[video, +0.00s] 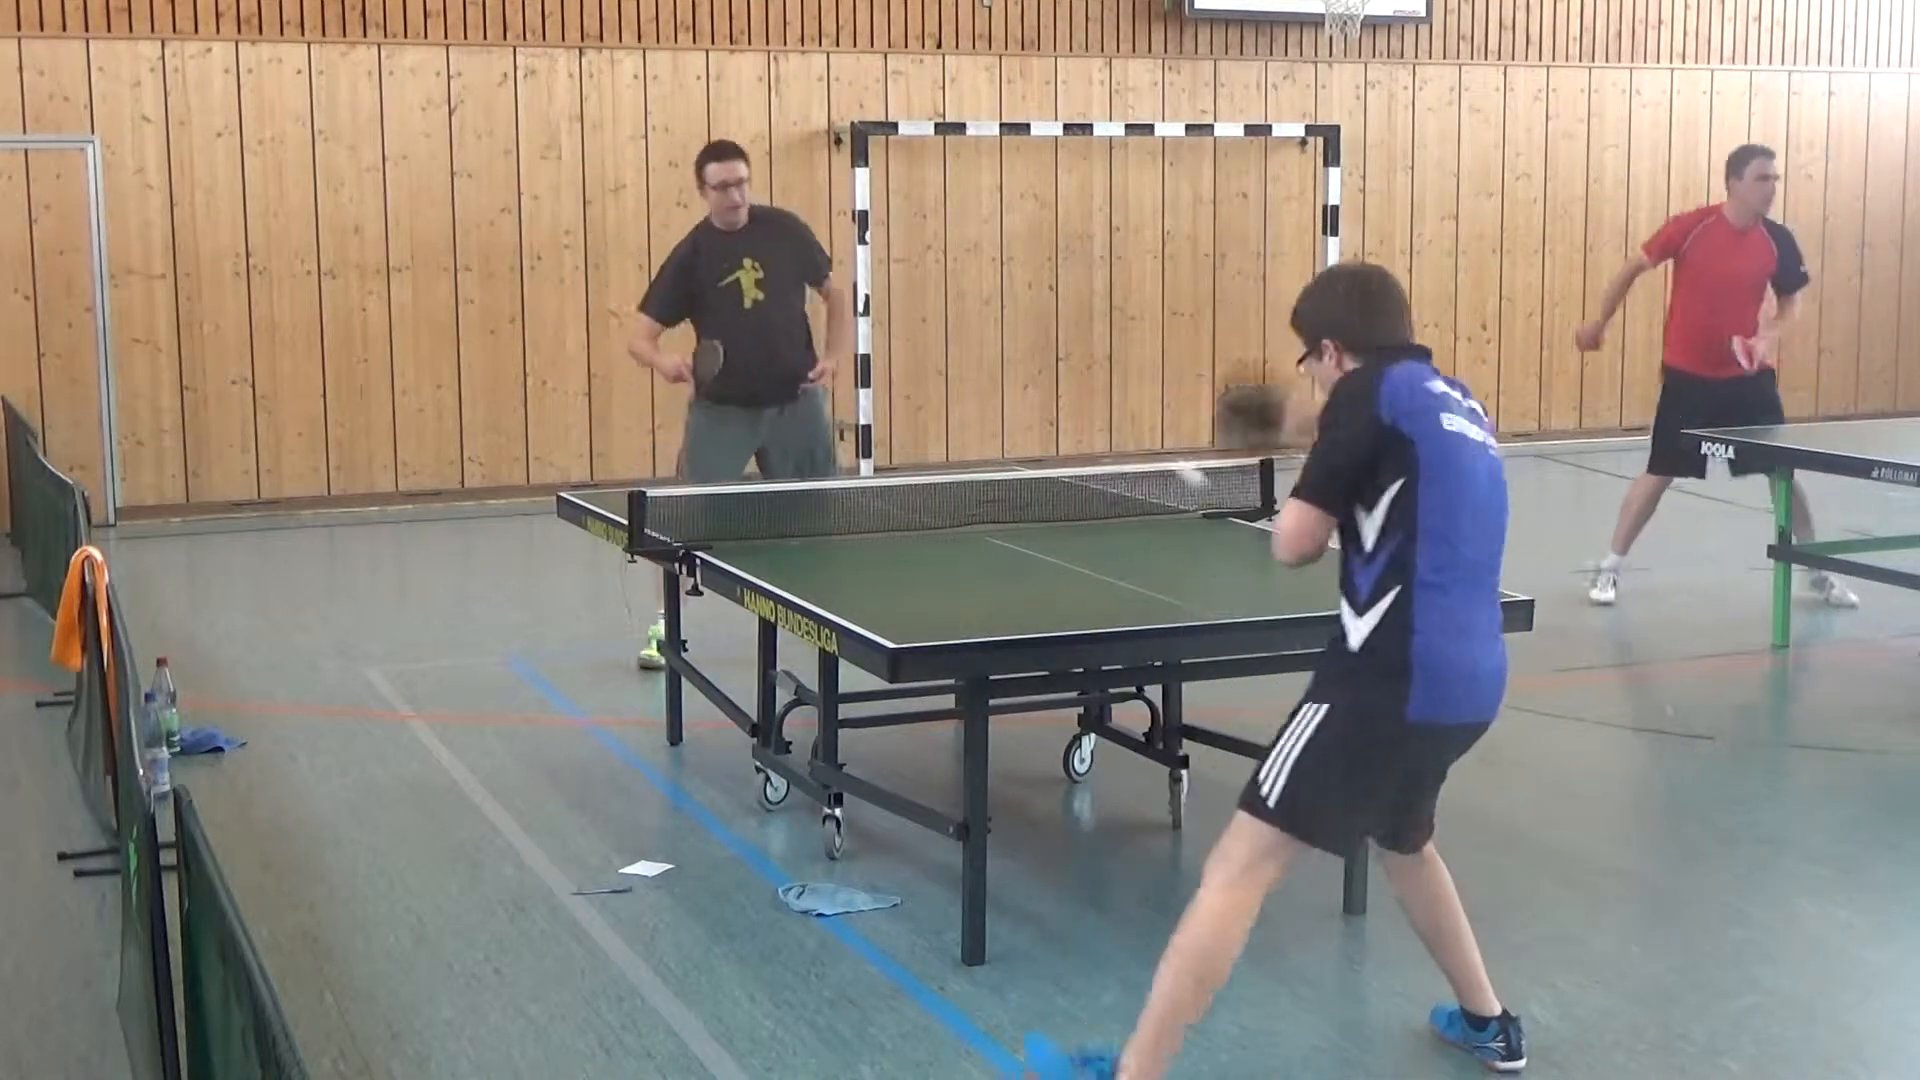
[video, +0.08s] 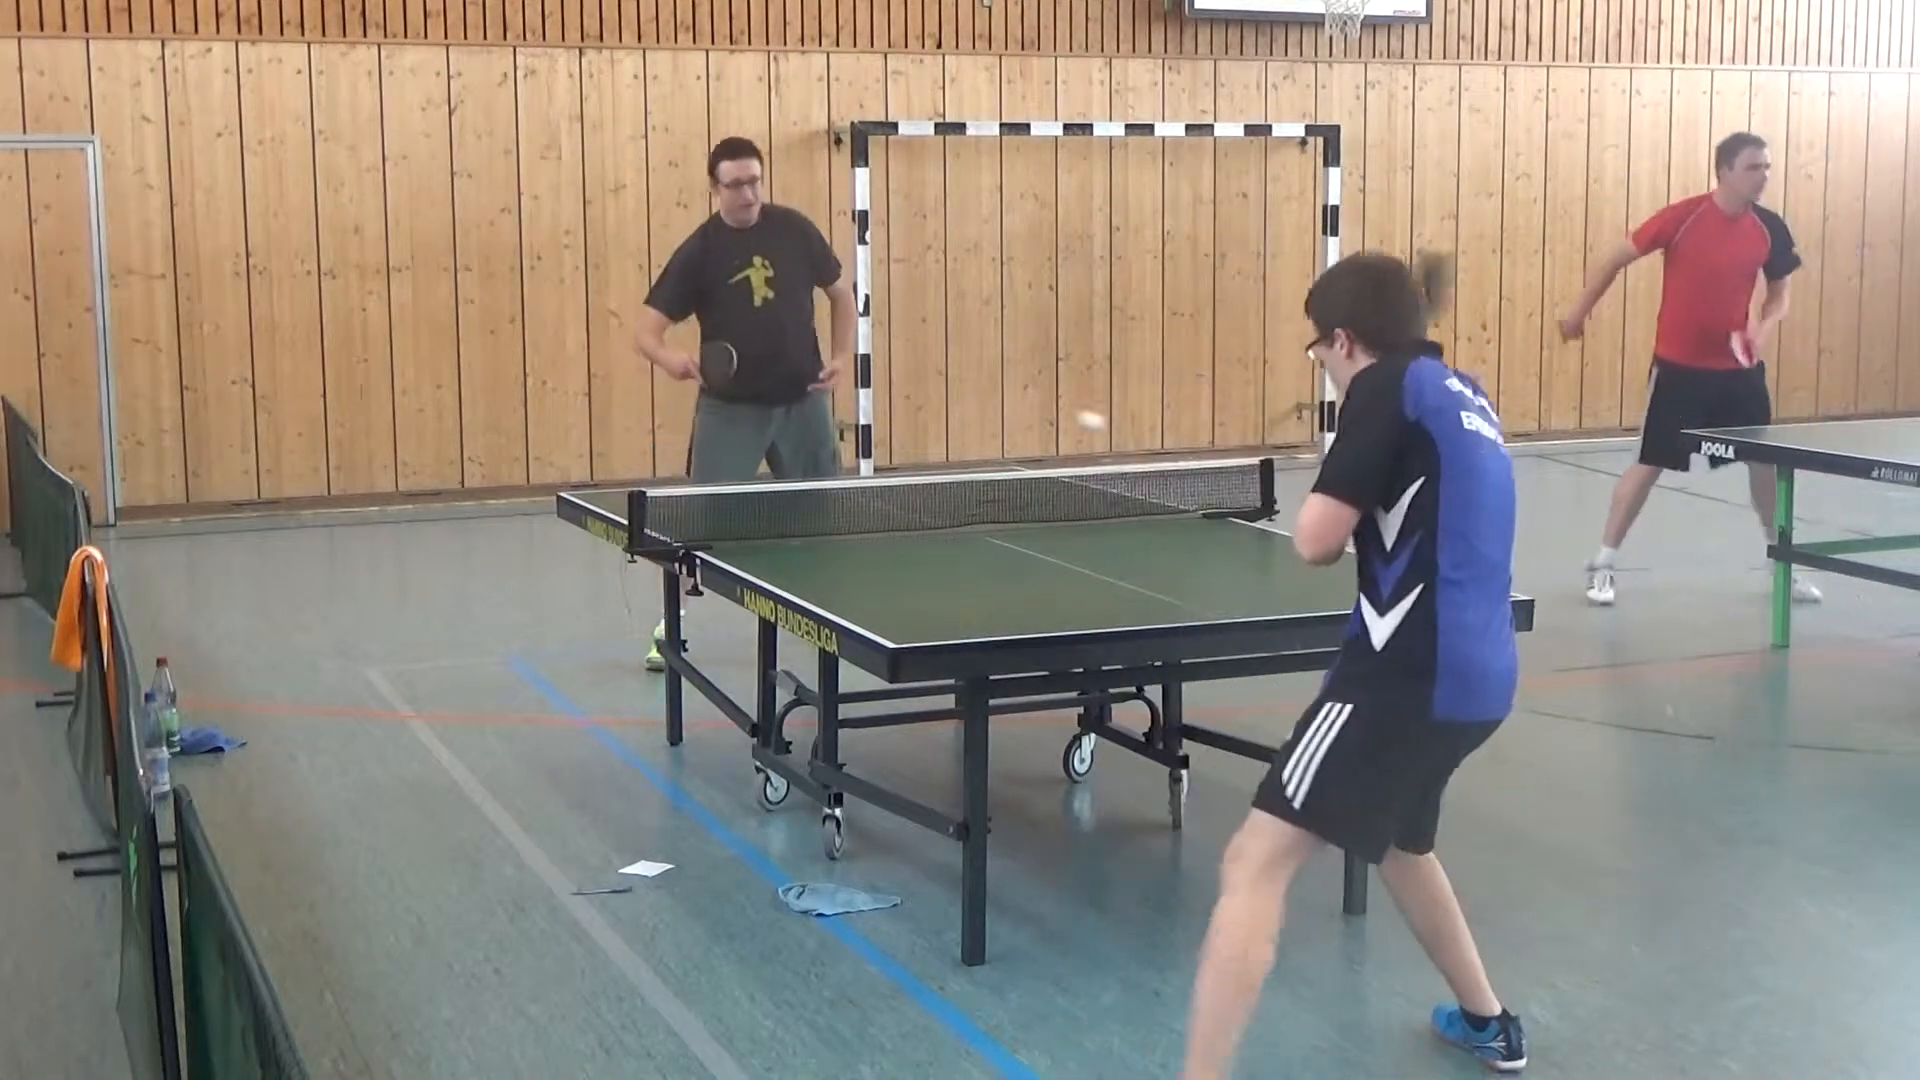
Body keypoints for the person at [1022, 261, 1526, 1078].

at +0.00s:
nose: (1313, 374)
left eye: (1311, 356)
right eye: (1309, 357)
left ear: (1340, 348)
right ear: (1398, 337)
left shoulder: (1369, 395)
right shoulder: (1457, 399)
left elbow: (1293, 544)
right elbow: (1431, 527)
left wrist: (1336, 472)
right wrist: (1344, 479)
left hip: (1384, 681)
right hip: (1469, 679)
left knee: (1242, 865)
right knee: (1405, 834)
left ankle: (1135, 1066)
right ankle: (1489, 1018)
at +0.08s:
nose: (1325, 362)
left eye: (1323, 344)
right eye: (1321, 344)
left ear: (1351, 340)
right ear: (1410, 330)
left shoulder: (1386, 392)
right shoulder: (1464, 392)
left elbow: (1316, 540)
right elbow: (1442, 522)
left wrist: (1367, 485)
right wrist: (1358, 480)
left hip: (1400, 680)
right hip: (1475, 679)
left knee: (1255, 863)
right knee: (1400, 839)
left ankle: (1201, 1069)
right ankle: (1489, 1021)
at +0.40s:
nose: (1318, 331)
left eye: (1320, 316)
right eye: (1318, 316)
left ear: (1342, 320)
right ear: (1418, 314)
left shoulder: (1356, 396)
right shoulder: (1485, 404)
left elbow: (1272, 563)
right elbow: (1544, 582)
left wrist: (1283, 559)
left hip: (1404, 696)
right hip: (1497, 691)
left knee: (1272, 898)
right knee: (1441, 848)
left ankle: (1315, 1068)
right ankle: (1504, 1018)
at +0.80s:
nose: (1292, 309)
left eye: (1292, 293)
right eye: (1291, 292)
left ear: (1312, 297)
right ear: (1392, 288)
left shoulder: (1315, 372)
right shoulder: (1478, 382)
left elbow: (1302, 521)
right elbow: (1539, 539)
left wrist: (1261, 582)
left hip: (1387, 682)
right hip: (1505, 682)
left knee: (1254, 889)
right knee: (1502, 873)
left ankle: (1258, 1071)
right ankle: (1567, 1070)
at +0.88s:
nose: (1275, 340)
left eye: (1276, 320)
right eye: (1273, 320)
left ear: (1308, 318)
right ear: (1370, 309)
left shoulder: (1317, 394)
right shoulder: (1437, 391)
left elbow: (1282, 568)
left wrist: (1287, 544)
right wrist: (1242, 629)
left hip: (1379, 712)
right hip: (1496, 707)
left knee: (1220, 895)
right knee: (1496, 873)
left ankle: (1193, 1070)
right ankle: (1565, 1070)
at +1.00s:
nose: (1220, 350)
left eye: (1225, 330)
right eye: (1220, 331)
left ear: (1263, 332)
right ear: (1296, 325)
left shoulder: (1313, 411)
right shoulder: (1361, 401)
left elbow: (1275, 598)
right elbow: (1165, 517)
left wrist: (1246, 496)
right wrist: (999, 540)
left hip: (1355, 738)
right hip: (1451, 726)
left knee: (1173, 914)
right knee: (1450, 892)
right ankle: (1552, 1069)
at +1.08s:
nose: (1157, 333)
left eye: (1166, 314)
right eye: (1157, 315)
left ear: (1224, 316)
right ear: (1233, 316)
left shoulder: (1273, 403)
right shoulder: (1285, 396)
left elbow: (1276, 589)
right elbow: (1115, 499)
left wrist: (1185, 569)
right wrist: (956, 499)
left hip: (1318, 730)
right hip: (1403, 718)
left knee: (1130, 921)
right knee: (1422, 909)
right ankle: (1541, 1071)